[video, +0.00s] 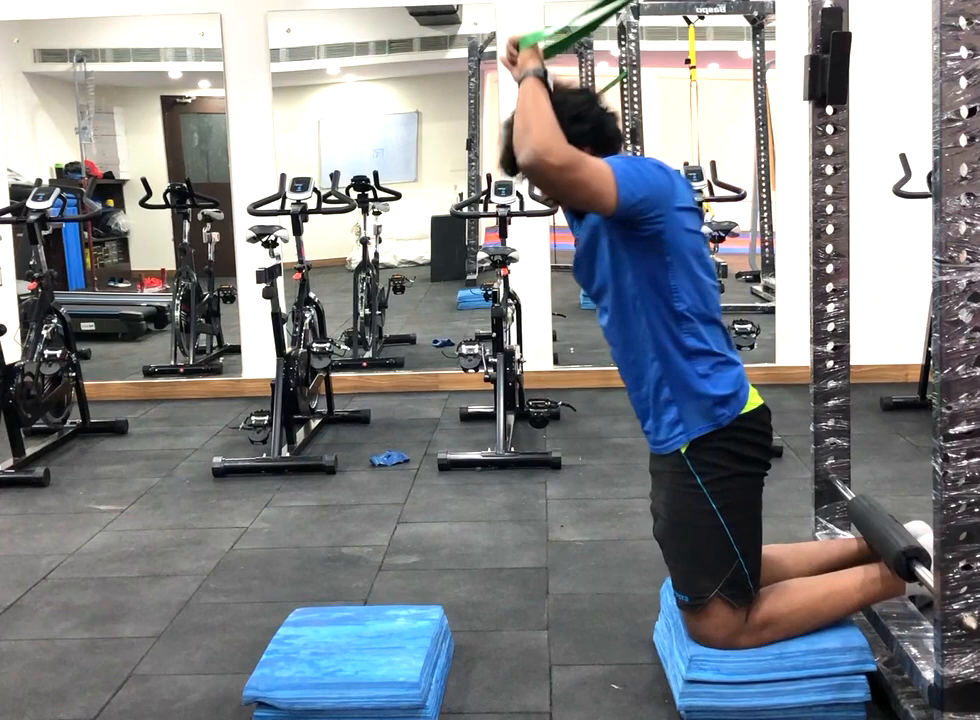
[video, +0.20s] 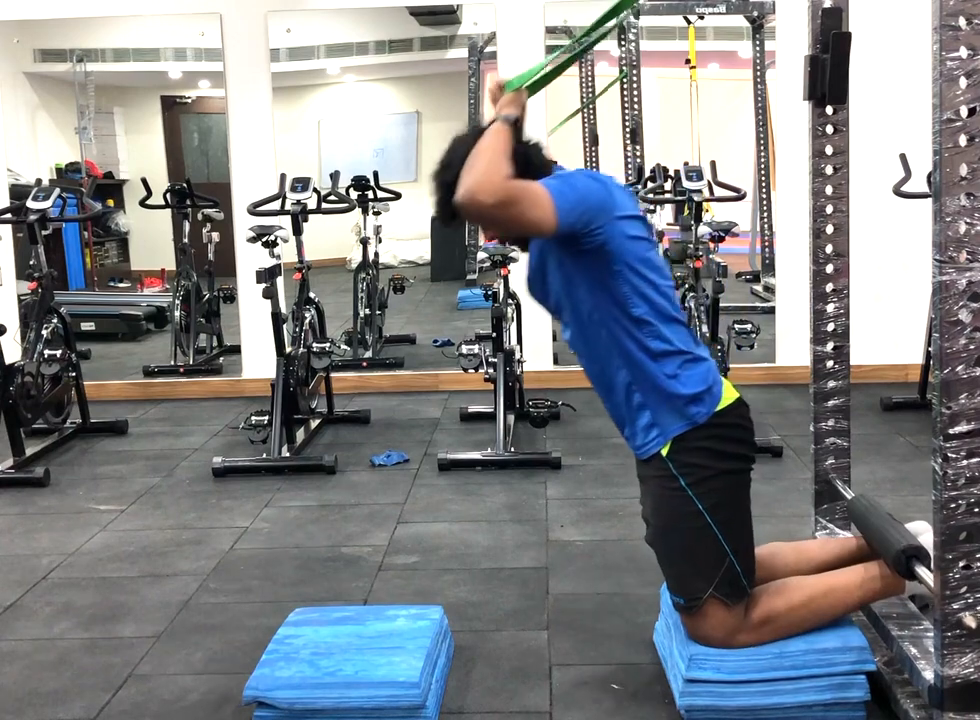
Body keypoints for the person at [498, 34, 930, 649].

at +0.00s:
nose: (534, 189)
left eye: (534, 170)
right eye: (525, 176)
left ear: (569, 149)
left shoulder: (648, 184)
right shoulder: (602, 211)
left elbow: (544, 158)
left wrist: (528, 73)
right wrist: (526, 79)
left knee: (722, 624)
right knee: (718, 582)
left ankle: (898, 577)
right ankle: (873, 545)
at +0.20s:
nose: (486, 236)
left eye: (483, 213)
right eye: (475, 225)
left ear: (512, 182)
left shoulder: (587, 195)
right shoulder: (558, 232)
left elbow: (480, 192)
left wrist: (500, 123)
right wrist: (494, 121)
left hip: (692, 429)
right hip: (668, 433)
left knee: (719, 624)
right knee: (717, 577)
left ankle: (898, 574)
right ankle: (868, 543)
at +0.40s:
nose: (420, 291)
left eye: (414, 273)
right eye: (407, 279)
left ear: (442, 235)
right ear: (447, 233)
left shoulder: (517, 226)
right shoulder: (504, 250)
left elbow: (400, 251)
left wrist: (410, 173)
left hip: (673, 432)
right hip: (656, 433)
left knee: (720, 624)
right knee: (717, 581)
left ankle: (896, 570)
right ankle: (870, 541)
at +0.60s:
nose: (365, 330)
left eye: (362, 314)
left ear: (377, 295)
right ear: (395, 270)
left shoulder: (455, 275)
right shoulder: (449, 288)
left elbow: (333, 326)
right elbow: (350, 324)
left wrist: (334, 243)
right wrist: (343, 250)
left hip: (646, 439)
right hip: (640, 436)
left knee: (717, 624)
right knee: (714, 580)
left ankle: (895, 570)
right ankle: (862, 542)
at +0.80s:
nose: (315, 390)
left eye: (311, 373)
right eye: (309, 378)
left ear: (326, 345)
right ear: (338, 335)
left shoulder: (399, 331)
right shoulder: (398, 334)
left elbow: (286, 395)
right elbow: (306, 391)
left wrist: (261, 312)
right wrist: (279, 325)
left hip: (624, 453)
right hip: (615, 448)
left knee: (723, 626)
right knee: (708, 591)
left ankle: (902, 567)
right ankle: (864, 538)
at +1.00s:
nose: (286, 441)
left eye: (279, 430)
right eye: (280, 432)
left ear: (295, 407)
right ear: (304, 374)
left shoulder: (359, 376)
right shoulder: (368, 371)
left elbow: (248, 462)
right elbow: (274, 457)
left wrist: (217, 386)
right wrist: (239, 386)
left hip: (601, 467)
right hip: (596, 457)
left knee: (723, 631)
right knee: (707, 594)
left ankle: (903, 568)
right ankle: (860, 535)